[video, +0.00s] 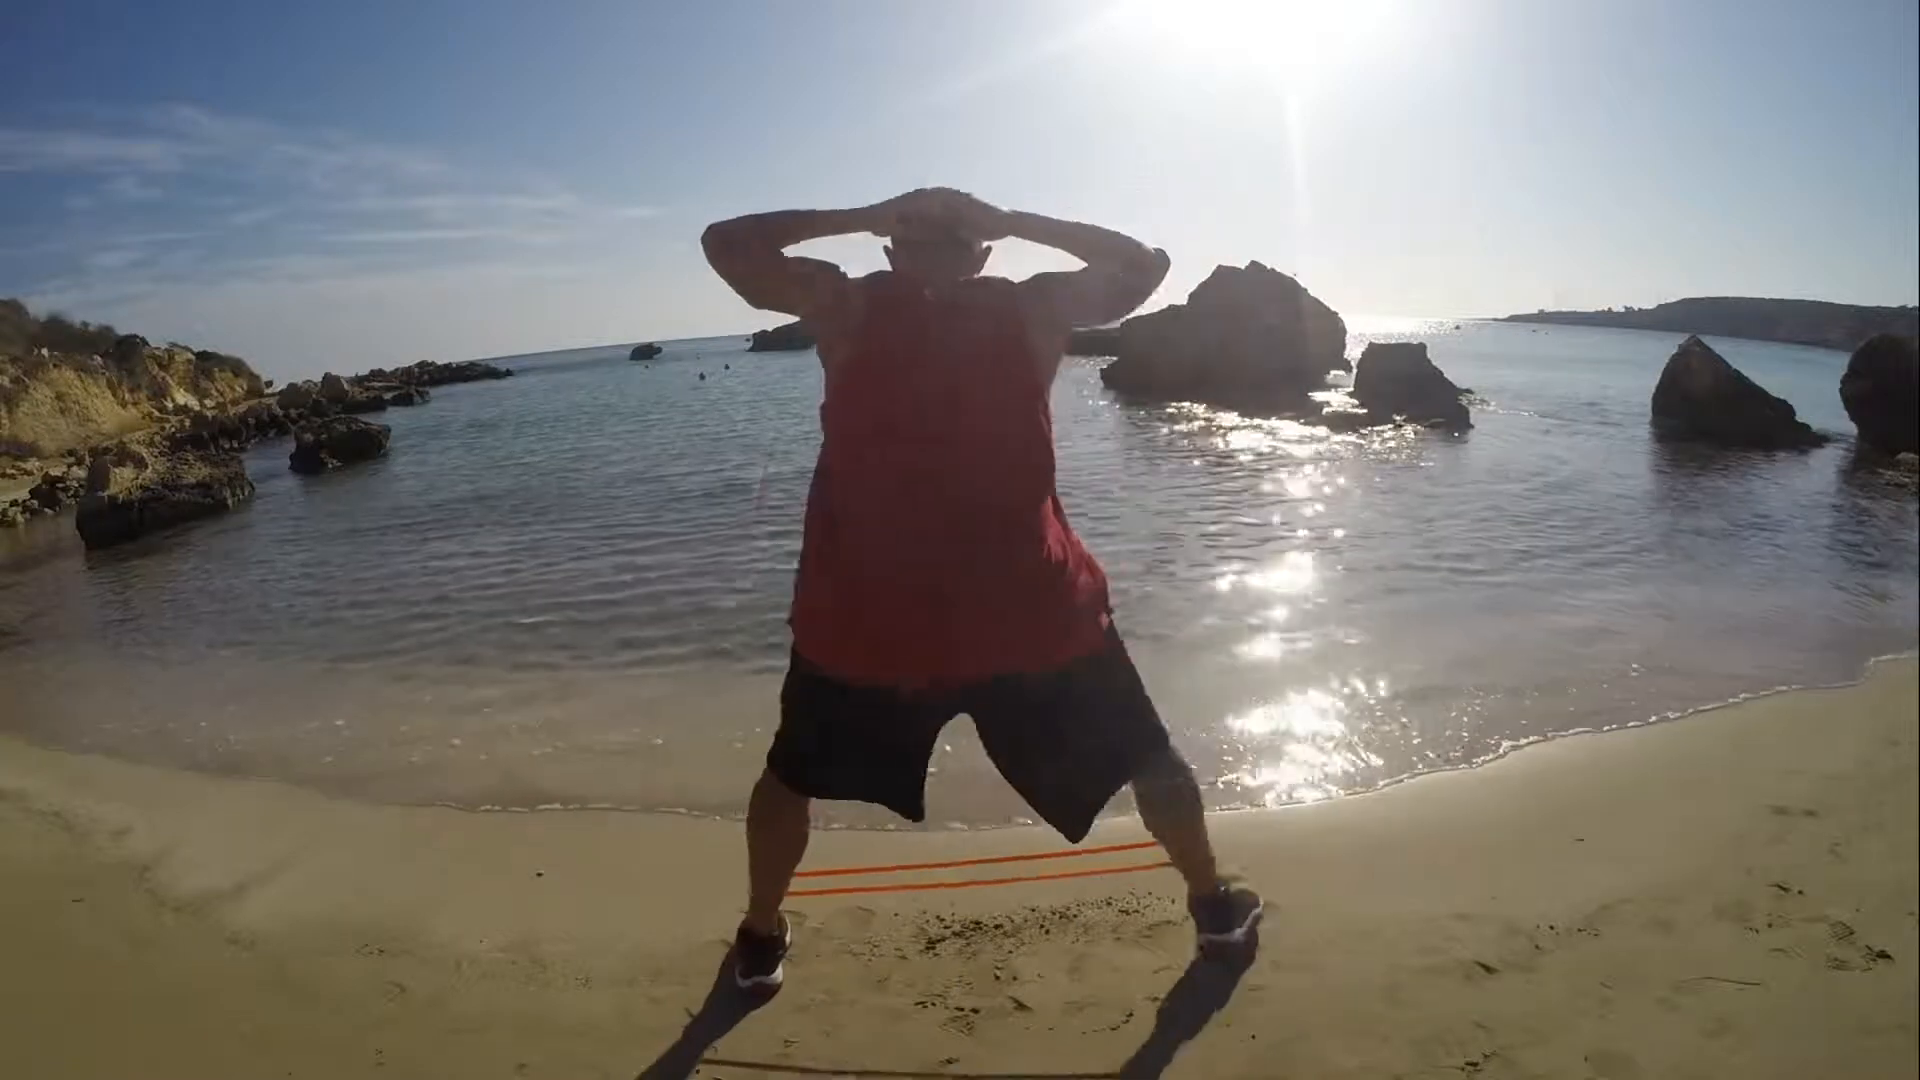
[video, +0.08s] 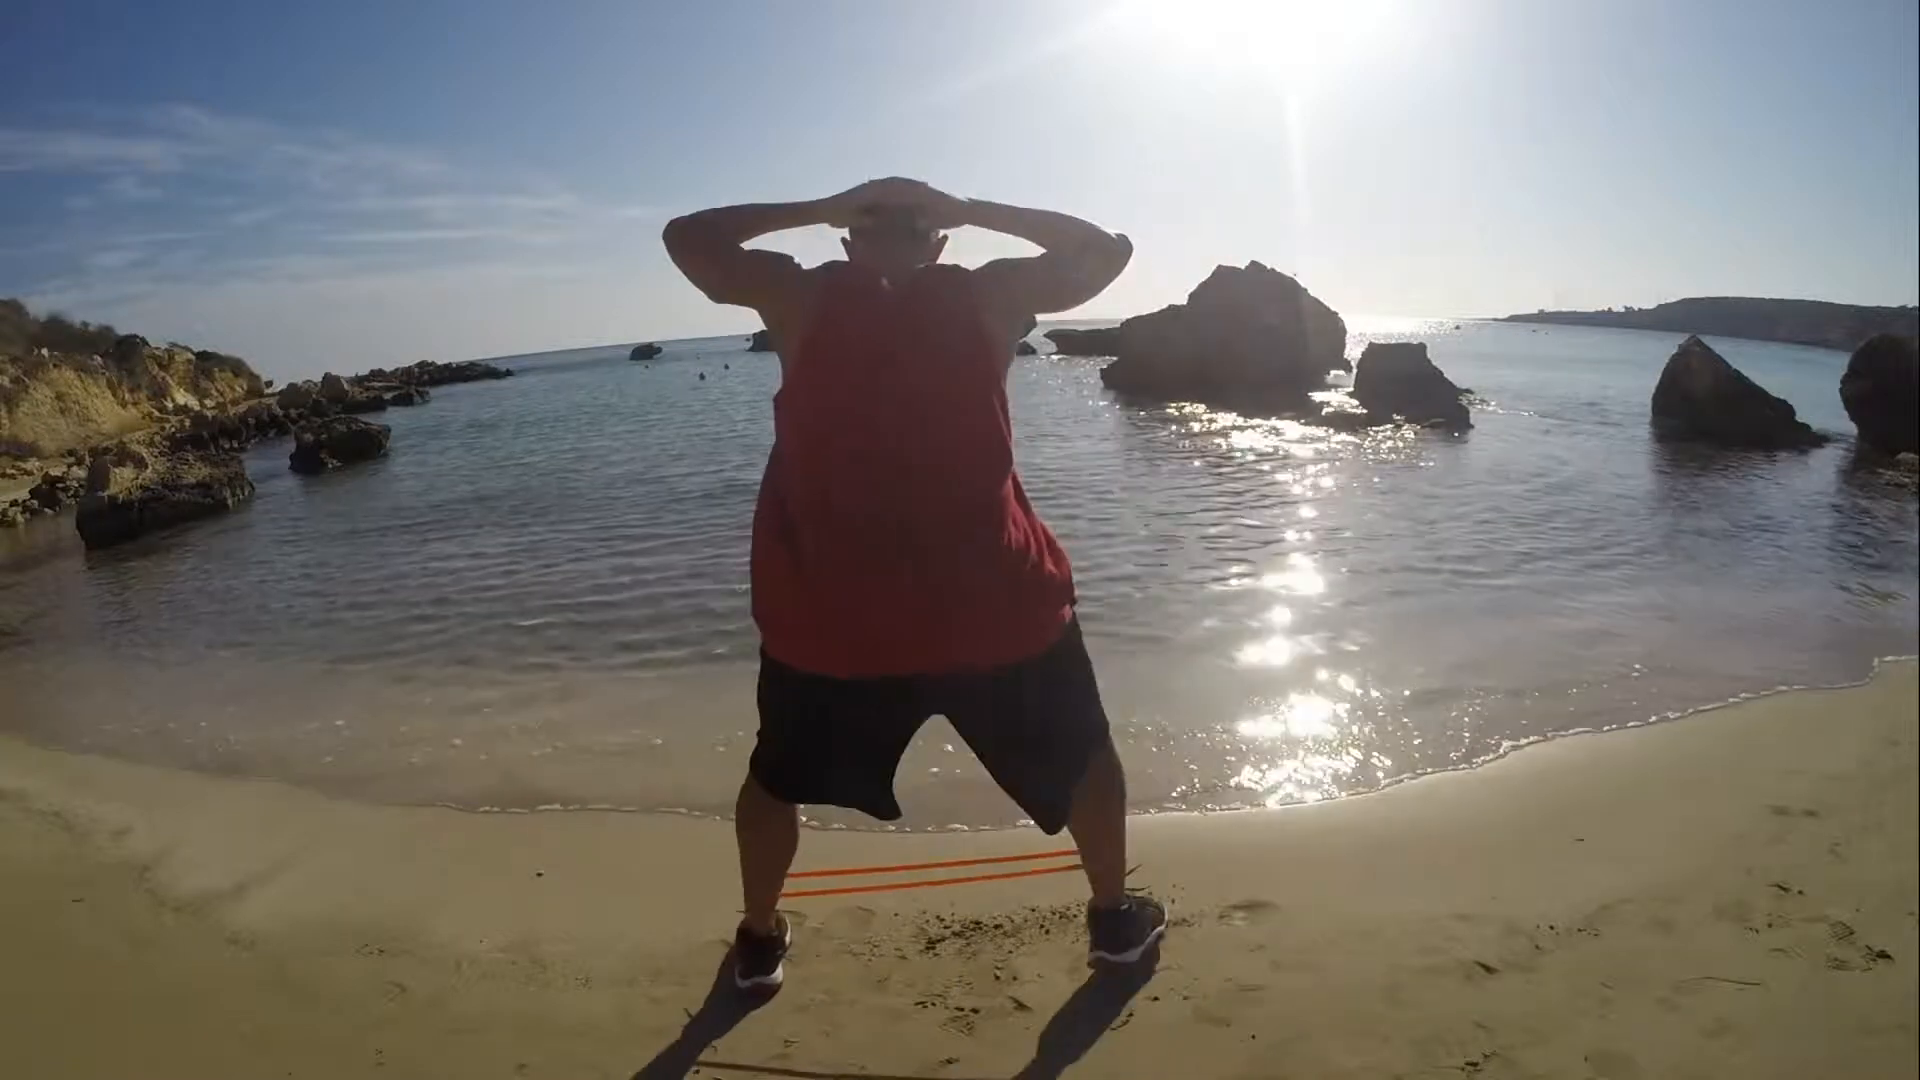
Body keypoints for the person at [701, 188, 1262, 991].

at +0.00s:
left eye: (921, 222)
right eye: (954, 223)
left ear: (893, 244)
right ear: (981, 249)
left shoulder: (841, 306)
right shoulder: (1031, 309)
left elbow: (725, 242)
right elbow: (1141, 264)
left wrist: (864, 217)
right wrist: (1013, 221)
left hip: (869, 602)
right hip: (1025, 589)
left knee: (791, 772)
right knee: (1148, 755)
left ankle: (757, 941)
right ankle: (1212, 906)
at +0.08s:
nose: (896, 219)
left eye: (884, 210)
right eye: (911, 210)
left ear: (851, 234)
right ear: (939, 236)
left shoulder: (800, 296)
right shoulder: (990, 295)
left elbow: (689, 236)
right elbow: (1104, 250)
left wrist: (820, 208)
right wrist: (970, 211)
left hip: (828, 599)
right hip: (985, 588)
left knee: (776, 774)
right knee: (1083, 751)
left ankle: (756, 939)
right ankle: (1112, 917)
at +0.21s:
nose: (860, 223)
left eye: (848, 212)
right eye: (871, 212)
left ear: (811, 230)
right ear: (905, 231)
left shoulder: (762, 292)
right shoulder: (953, 287)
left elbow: (655, 240)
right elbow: (1069, 236)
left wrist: (783, 207)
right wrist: (928, 199)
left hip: (792, 598)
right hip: (944, 595)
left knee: (757, 783)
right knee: (976, 768)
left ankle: (751, 943)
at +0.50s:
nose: (855, 235)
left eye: (830, 224)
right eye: (865, 226)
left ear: (797, 242)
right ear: (887, 244)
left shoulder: (750, 306)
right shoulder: (938, 296)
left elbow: (643, 257)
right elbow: (1053, 246)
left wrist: (768, 219)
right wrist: (914, 212)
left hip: (791, 598)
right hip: (936, 590)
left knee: (759, 783)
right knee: (987, 743)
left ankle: (754, 938)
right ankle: (959, 906)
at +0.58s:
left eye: (840, 219)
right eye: (879, 219)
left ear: (810, 240)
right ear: (896, 236)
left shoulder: (763, 304)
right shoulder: (950, 288)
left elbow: (658, 257)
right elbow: (1064, 235)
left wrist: (778, 219)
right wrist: (927, 207)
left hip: (817, 590)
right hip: (969, 575)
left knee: (777, 771)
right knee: (1054, 732)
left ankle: (756, 936)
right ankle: (1077, 901)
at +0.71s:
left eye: (865, 230)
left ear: (848, 245)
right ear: (939, 243)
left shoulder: (811, 309)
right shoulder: (994, 292)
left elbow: (693, 264)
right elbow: (1103, 234)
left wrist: (816, 224)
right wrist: (964, 209)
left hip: (875, 596)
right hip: (1031, 580)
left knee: (798, 768)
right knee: (1149, 735)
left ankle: (764, 934)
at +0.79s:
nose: (908, 256)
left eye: (908, 244)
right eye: (915, 241)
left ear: (895, 257)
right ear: (985, 253)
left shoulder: (857, 323)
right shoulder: (1040, 305)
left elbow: (734, 269)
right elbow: (1147, 243)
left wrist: (861, 231)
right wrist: (1012, 220)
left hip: (912, 615)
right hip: (1067, 601)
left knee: (813, 774)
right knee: (1186, 756)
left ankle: (767, 936)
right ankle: (1271, 896)